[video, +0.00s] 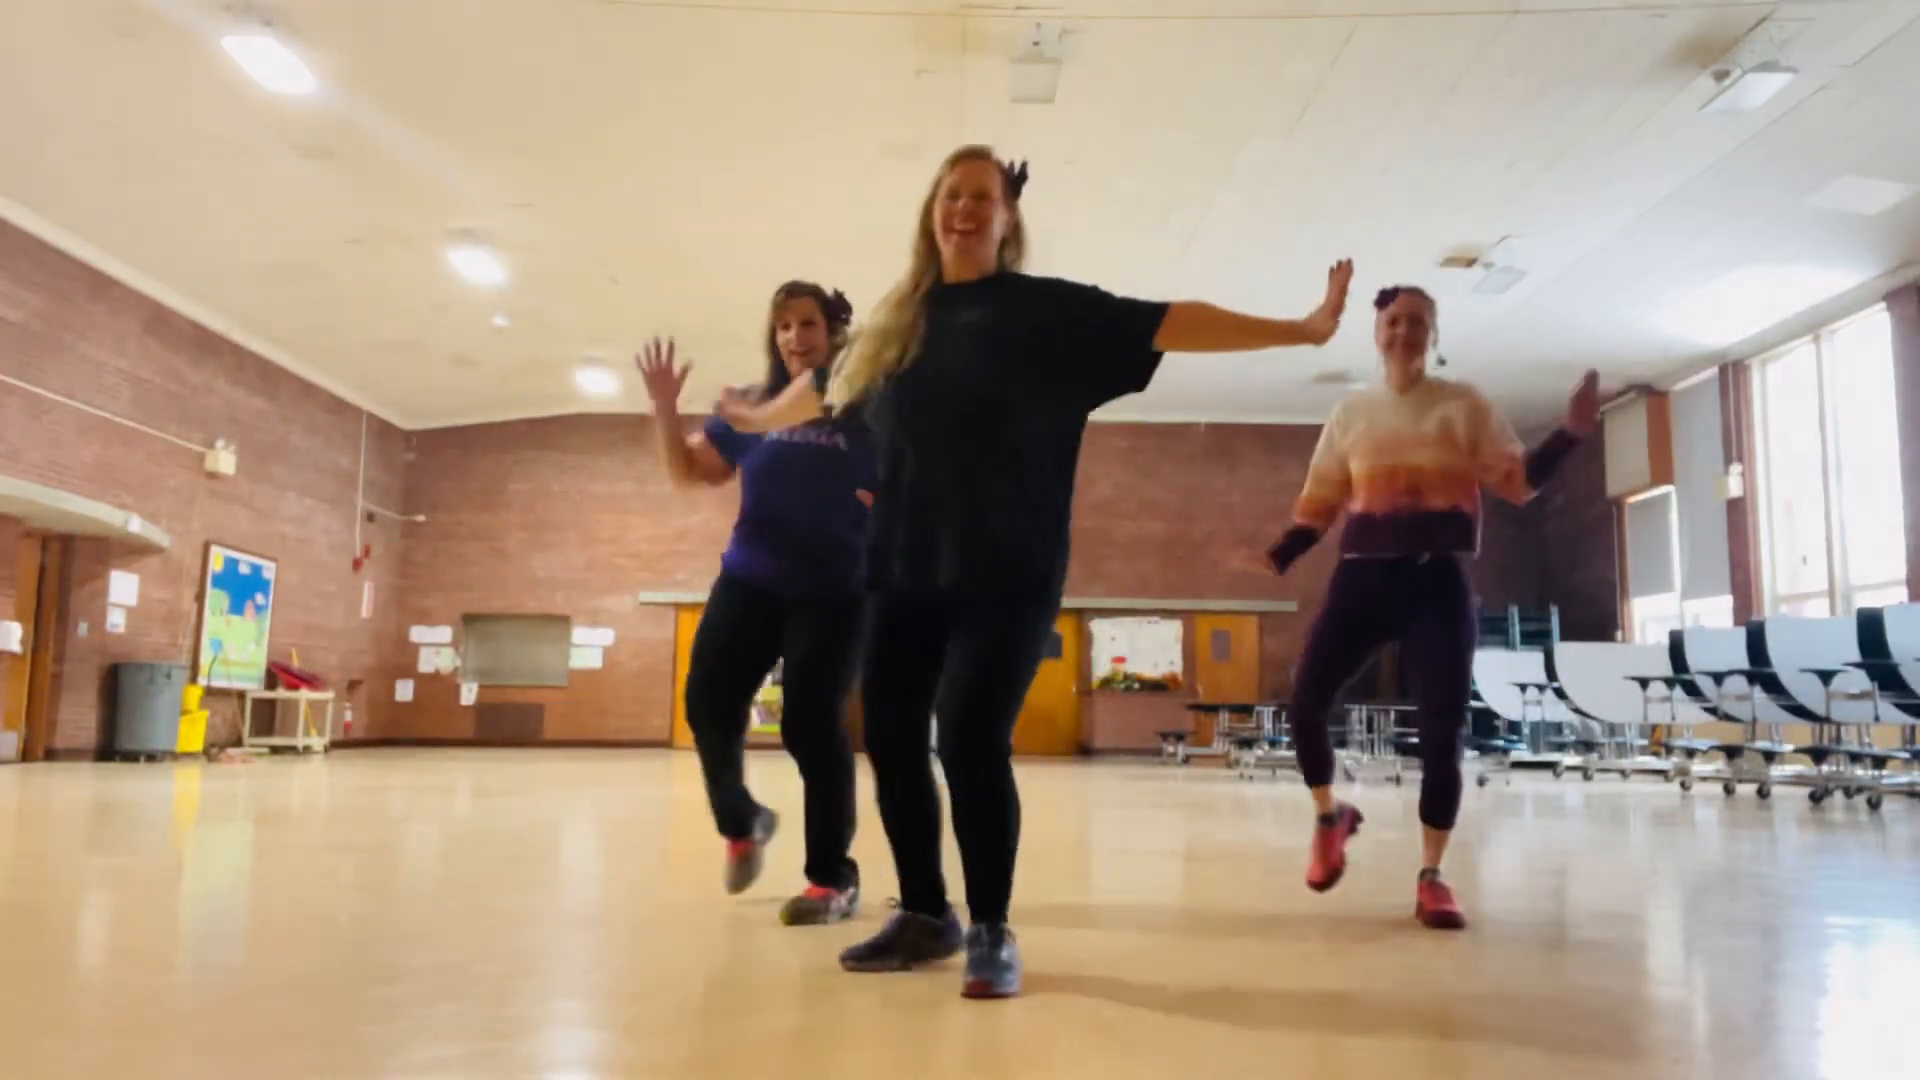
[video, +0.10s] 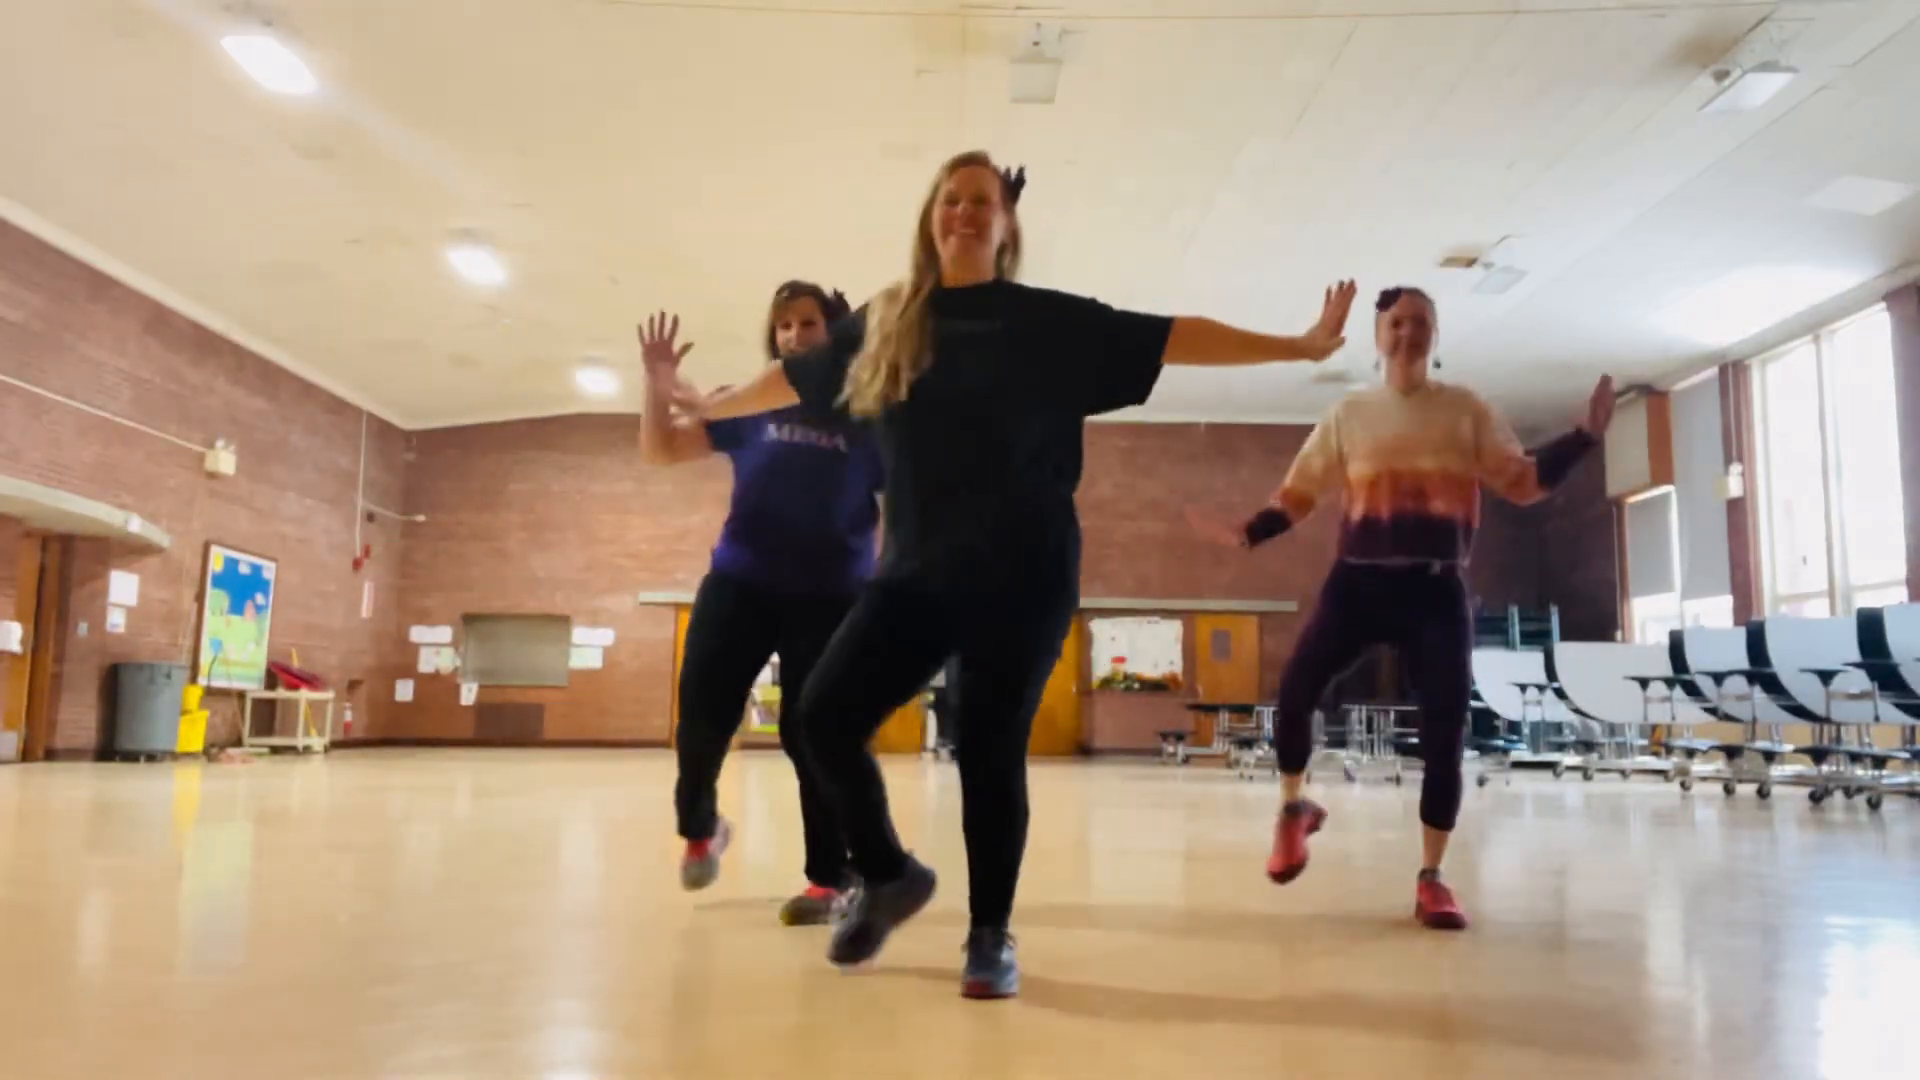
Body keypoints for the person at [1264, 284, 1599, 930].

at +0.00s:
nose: (1402, 330)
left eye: (1414, 322)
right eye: (1392, 320)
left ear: (1432, 335)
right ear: (1374, 331)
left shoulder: (1464, 405)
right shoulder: (1351, 413)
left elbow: (1520, 484)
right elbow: (1319, 505)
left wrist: (1571, 433)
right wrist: (1281, 552)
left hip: (1438, 579)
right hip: (1364, 577)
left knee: (1441, 734)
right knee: (1305, 705)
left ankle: (1432, 876)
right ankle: (1330, 817)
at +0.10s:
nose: (1407, 329)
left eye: (1418, 321)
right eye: (1396, 320)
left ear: (1434, 336)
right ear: (1377, 335)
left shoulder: (1465, 409)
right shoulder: (1348, 413)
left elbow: (1524, 483)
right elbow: (1298, 494)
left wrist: (1585, 434)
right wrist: (1250, 531)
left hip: (1436, 587)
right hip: (1358, 583)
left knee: (1444, 737)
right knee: (1295, 693)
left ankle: (1431, 878)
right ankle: (1293, 809)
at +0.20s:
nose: (1409, 318)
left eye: (1420, 310)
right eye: (1398, 309)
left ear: (1435, 324)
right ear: (1377, 323)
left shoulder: (1458, 399)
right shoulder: (1346, 394)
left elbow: (1512, 475)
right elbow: (1294, 471)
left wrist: (1579, 430)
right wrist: (1246, 516)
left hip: (1422, 576)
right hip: (1349, 569)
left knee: (1432, 726)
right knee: (1305, 705)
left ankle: (1429, 878)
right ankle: (1263, 838)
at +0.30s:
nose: (1411, 324)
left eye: (1422, 316)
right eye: (1399, 315)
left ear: (1435, 331)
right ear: (1377, 329)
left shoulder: (1452, 409)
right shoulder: (1346, 399)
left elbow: (1506, 477)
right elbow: (1292, 479)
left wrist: (1572, 432)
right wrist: (1248, 524)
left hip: (1407, 582)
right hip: (1338, 578)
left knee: (1440, 730)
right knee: (1308, 721)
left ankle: (1424, 879)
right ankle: (1258, 862)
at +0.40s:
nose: (1416, 328)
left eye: (1426, 320)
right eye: (1404, 318)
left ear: (1439, 334)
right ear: (1379, 330)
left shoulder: (1451, 410)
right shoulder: (1350, 402)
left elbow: (1506, 480)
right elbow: (1299, 481)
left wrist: (1577, 441)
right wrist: (1251, 541)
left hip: (1410, 590)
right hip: (1340, 584)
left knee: (1448, 729)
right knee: (1310, 722)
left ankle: (1427, 877)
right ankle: (1256, 862)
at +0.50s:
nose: (1425, 333)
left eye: (1434, 324)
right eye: (1412, 323)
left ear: (1444, 336)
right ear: (1384, 333)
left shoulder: (1461, 411)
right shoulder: (1354, 408)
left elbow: (1514, 483)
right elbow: (1304, 486)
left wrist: (1582, 444)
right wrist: (1263, 529)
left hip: (1428, 582)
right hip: (1356, 581)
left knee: (1450, 728)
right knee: (1322, 717)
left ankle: (1446, 877)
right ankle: (1270, 847)